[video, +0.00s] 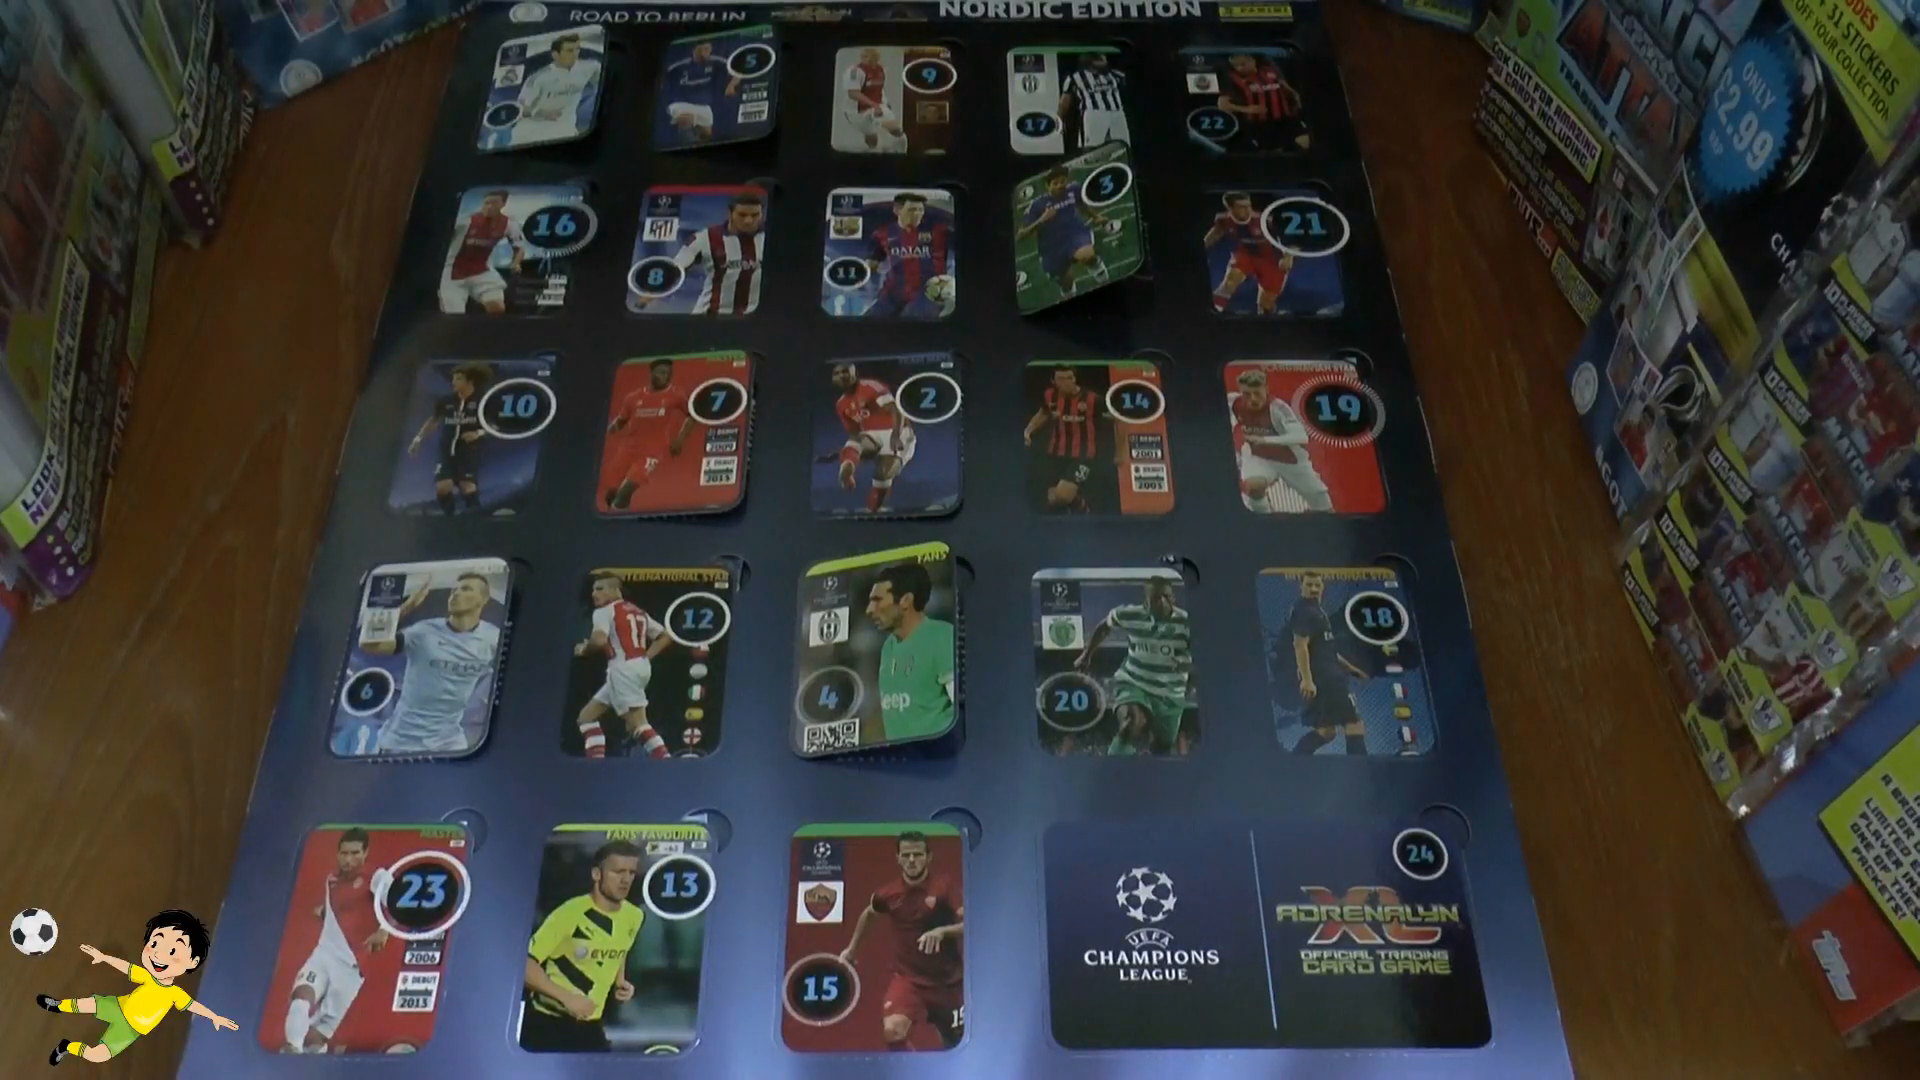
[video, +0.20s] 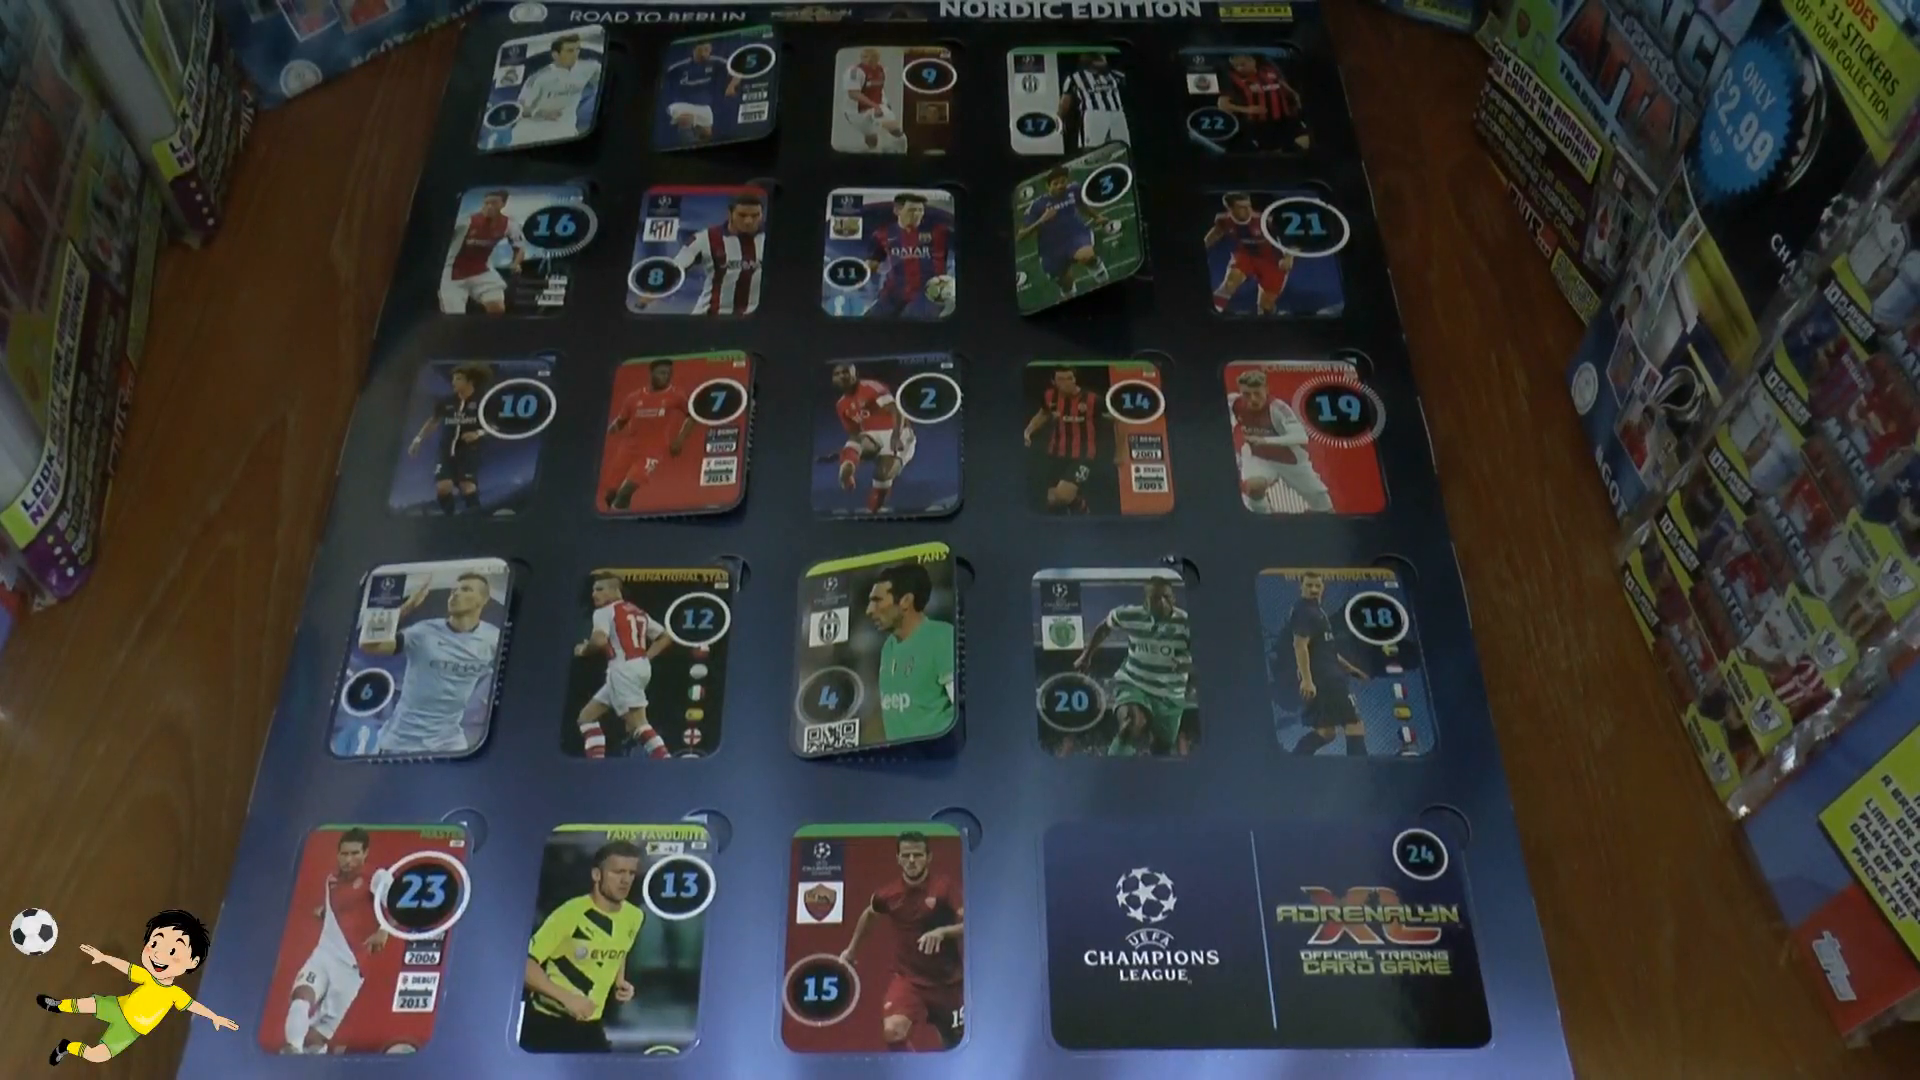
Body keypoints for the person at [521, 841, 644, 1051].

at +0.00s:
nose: (626, 880)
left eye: (631, 873)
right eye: (619, 872)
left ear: (635, 876)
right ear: (597, 874)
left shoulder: (634, 917)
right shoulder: (571, 912)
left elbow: (620, 953)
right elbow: (525, 964)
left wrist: (620, 980)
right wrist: (566, 997)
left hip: (590, 1028)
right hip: (546, 1025)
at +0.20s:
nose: (626, 880)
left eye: (631, 874)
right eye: (618, 872)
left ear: (635, 877)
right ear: (597, 875)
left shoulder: (634, 917)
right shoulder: (571, 912)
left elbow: (620, 954)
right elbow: (525, 964)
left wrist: (620, 980)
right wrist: (566, 997)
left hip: (590, 1028)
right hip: (545, 1025)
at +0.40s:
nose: (627, 883)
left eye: (632, 876)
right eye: (619, 874)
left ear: (636, 879)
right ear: (597, 877)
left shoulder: (634, 920)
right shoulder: (572, 915)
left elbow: (620, 956)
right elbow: (525, 967)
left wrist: (620, 983)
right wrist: (566, 1000)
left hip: (590, 1031)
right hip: (546, 1028)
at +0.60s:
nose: (626, 885)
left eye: (631, 878)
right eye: (619, 876)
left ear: (635, 881)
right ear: (597, 879)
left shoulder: (634, 922)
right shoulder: (572, 916)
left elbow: (620, 959)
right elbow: (525, 969)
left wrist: (620, 985)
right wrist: (565, 1001)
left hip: (590, 1033)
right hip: (545, 1030)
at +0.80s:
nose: (625, 882)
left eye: (630, 875)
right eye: (617, 874)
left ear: (634, 879)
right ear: (595, 877)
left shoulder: (632, 919)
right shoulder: (570, 914)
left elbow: (618, 956)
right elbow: (523, 966)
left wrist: (618, 982)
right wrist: (564, 999)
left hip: (588, 1030)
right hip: (544, 1027)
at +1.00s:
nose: (624, 881)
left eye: (629, 875)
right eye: (617, 873)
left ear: (633, 878)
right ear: (595, 876)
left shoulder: (632, 919)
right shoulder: (569, 914)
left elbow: (617, 956)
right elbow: (523, 966)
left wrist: (618, 981)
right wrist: (564, 998)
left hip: (588, 1030)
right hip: (544, 1027)